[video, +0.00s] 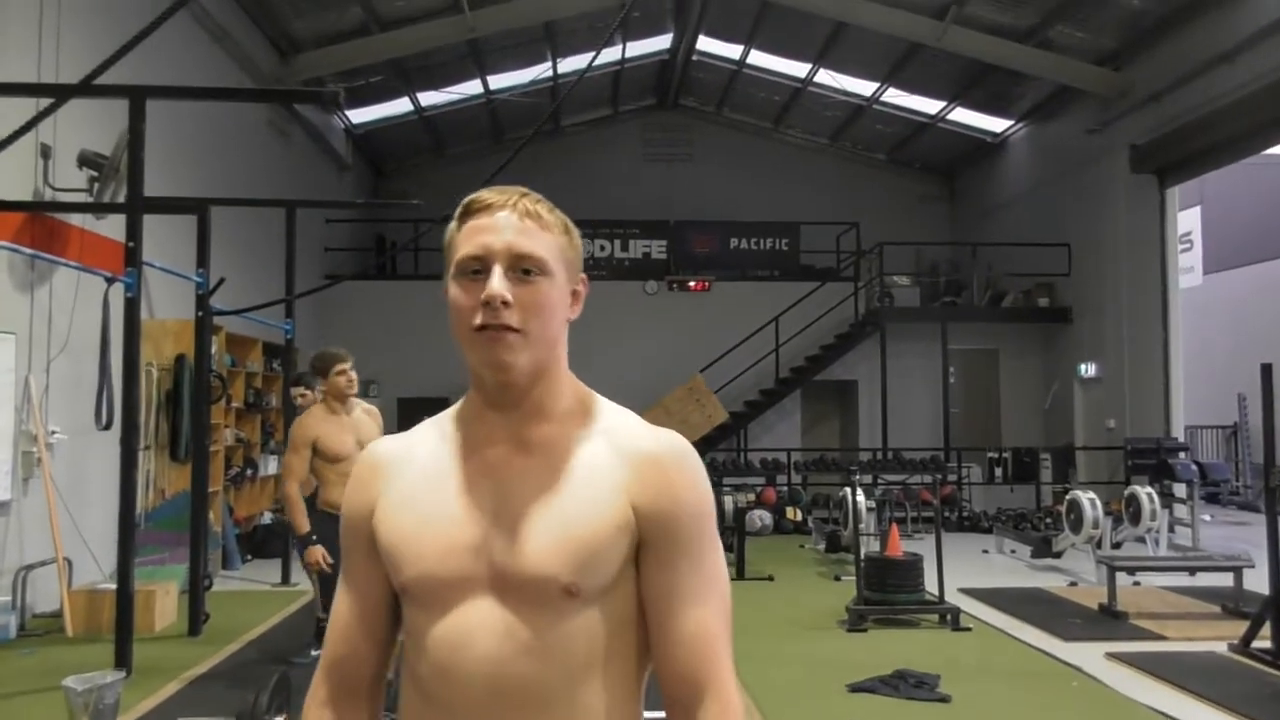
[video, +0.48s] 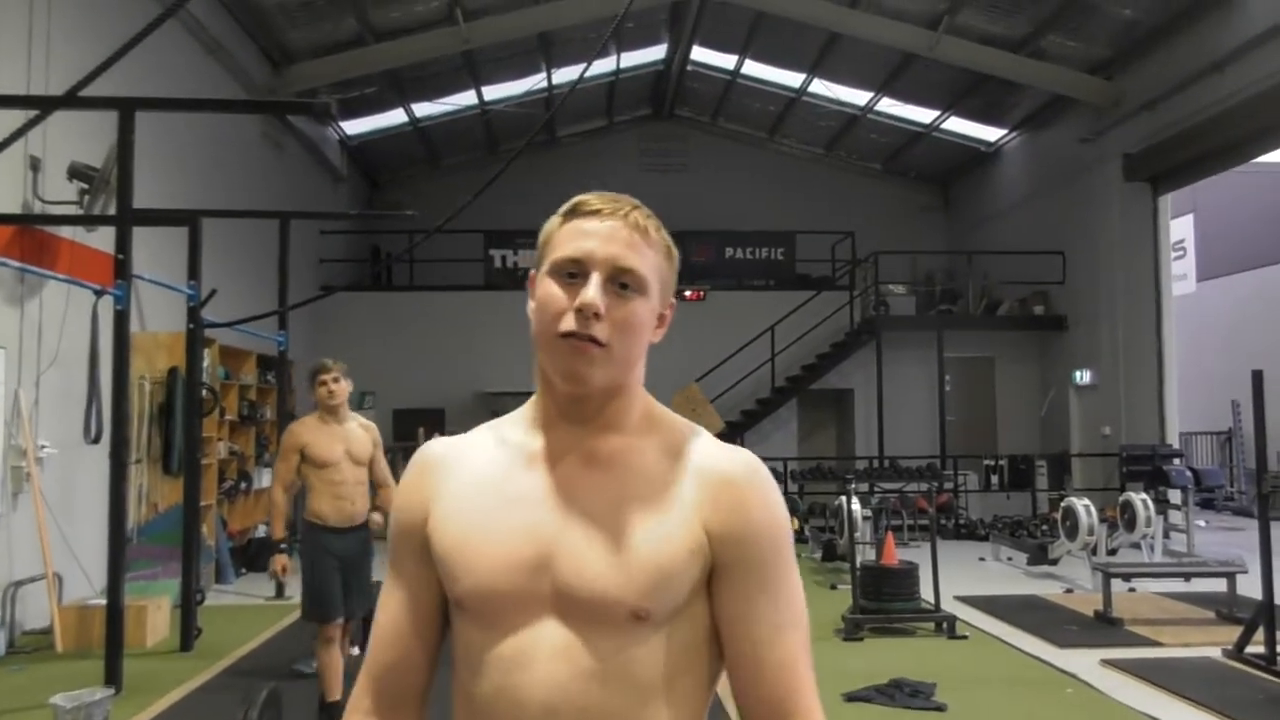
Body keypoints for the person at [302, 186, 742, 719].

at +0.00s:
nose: (495, 293)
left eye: (526, 271)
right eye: (472, 271)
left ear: (574, 299)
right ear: (447, 298)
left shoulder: (656, 467)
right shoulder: (384, 471)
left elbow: (706, 703)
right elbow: (340, 699)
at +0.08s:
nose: (510, 296)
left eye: (543, 275)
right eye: (489, 273)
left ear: (589, 304)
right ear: (461, 296)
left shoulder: (667, 472)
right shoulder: (393, 471)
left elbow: (714, 701)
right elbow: (349, 697)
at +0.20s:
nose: (535, 299)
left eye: (568, 279)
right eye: (516, 273)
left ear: (612, 310)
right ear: (484, 293)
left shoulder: (684, 473)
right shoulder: (406, 470)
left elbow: (735, 704)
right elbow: (360, 697)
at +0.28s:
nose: (551, 299)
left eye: (584, 280)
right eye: (532, 273)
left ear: (627, 312)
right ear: (499, 291)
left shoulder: (697, 476)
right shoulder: (416, 469)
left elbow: (749, 706)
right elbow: (365, 700)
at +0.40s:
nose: (574, 301)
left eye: (607, 285)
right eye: (554, 274)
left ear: (648, 319)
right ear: (519, 295)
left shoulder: (716, 481)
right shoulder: (431, 472)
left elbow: (770, 709)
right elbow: (375, 700)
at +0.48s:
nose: (589, 301)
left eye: (623, 285)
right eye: (569, 274)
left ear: (661, 321)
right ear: (532, 294)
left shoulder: (728, 486)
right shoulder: (439, 475)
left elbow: (785, 710)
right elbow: (382, 703)